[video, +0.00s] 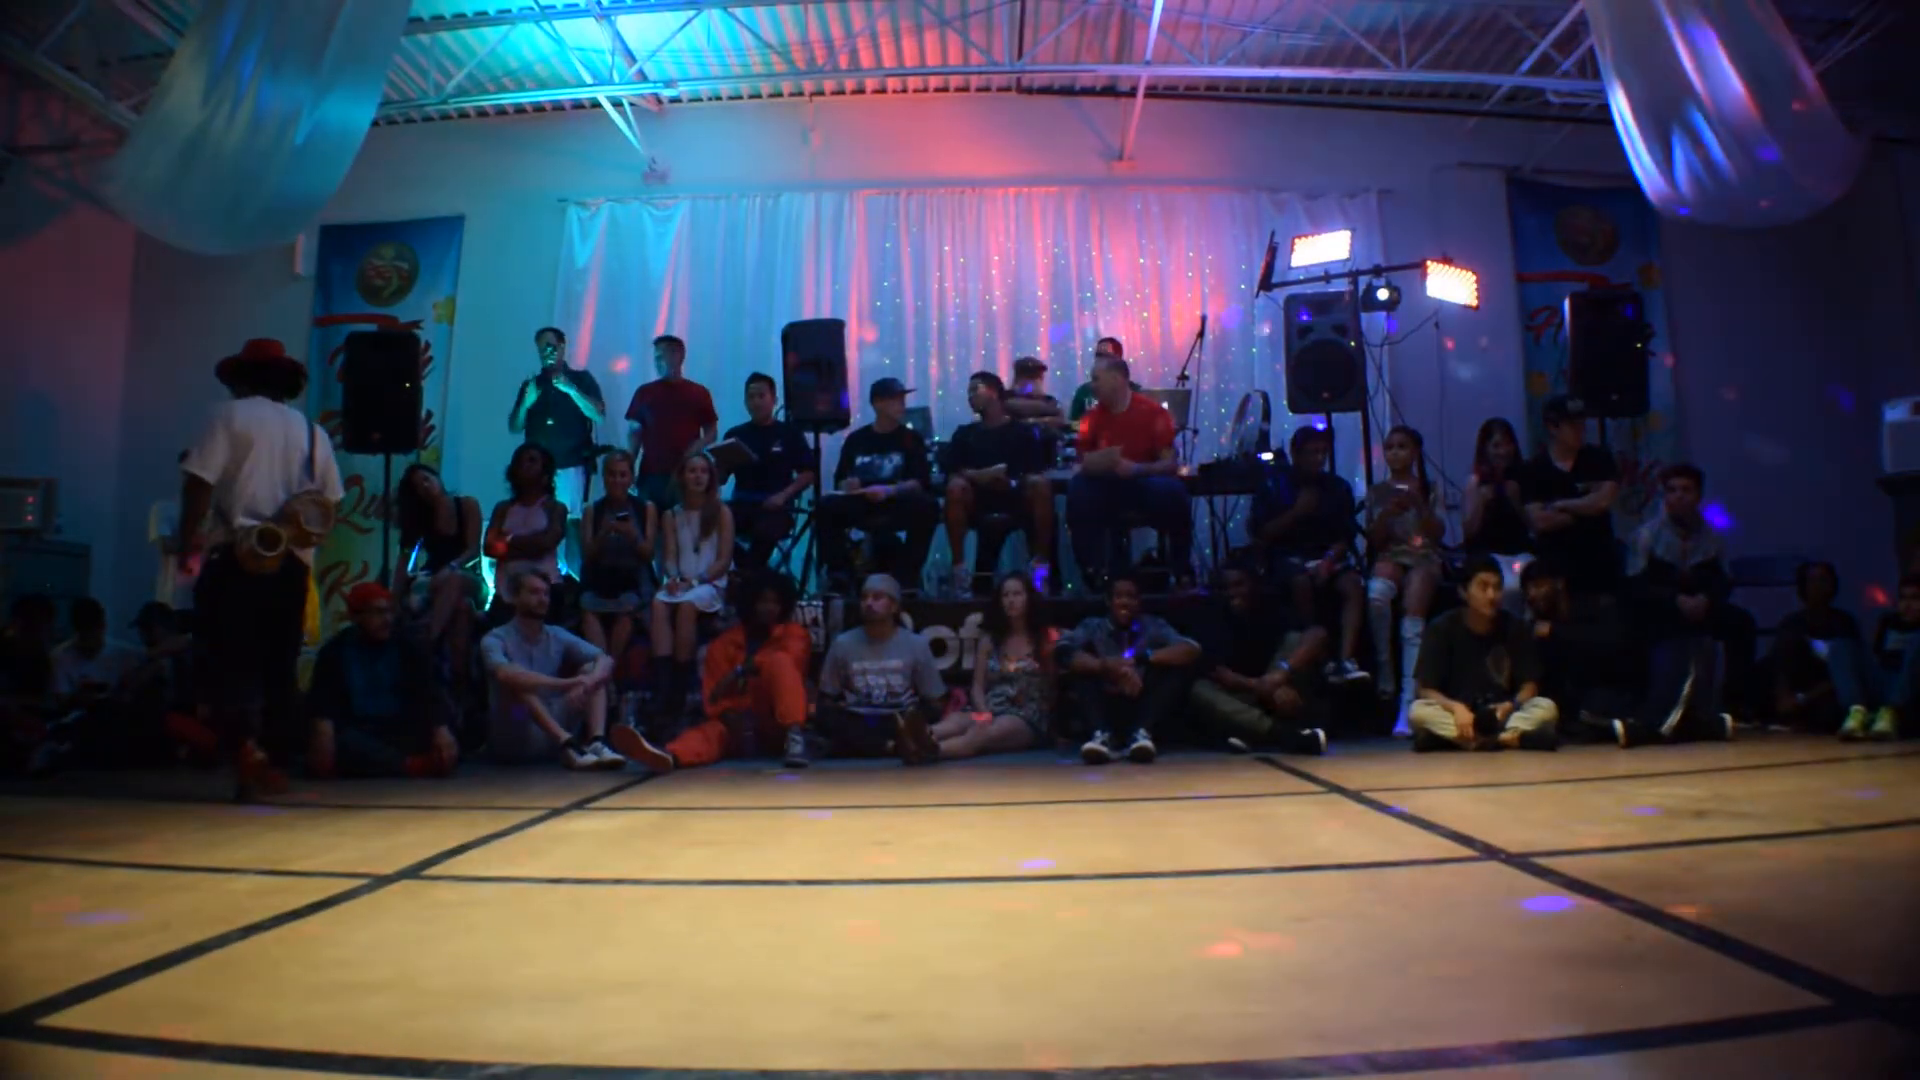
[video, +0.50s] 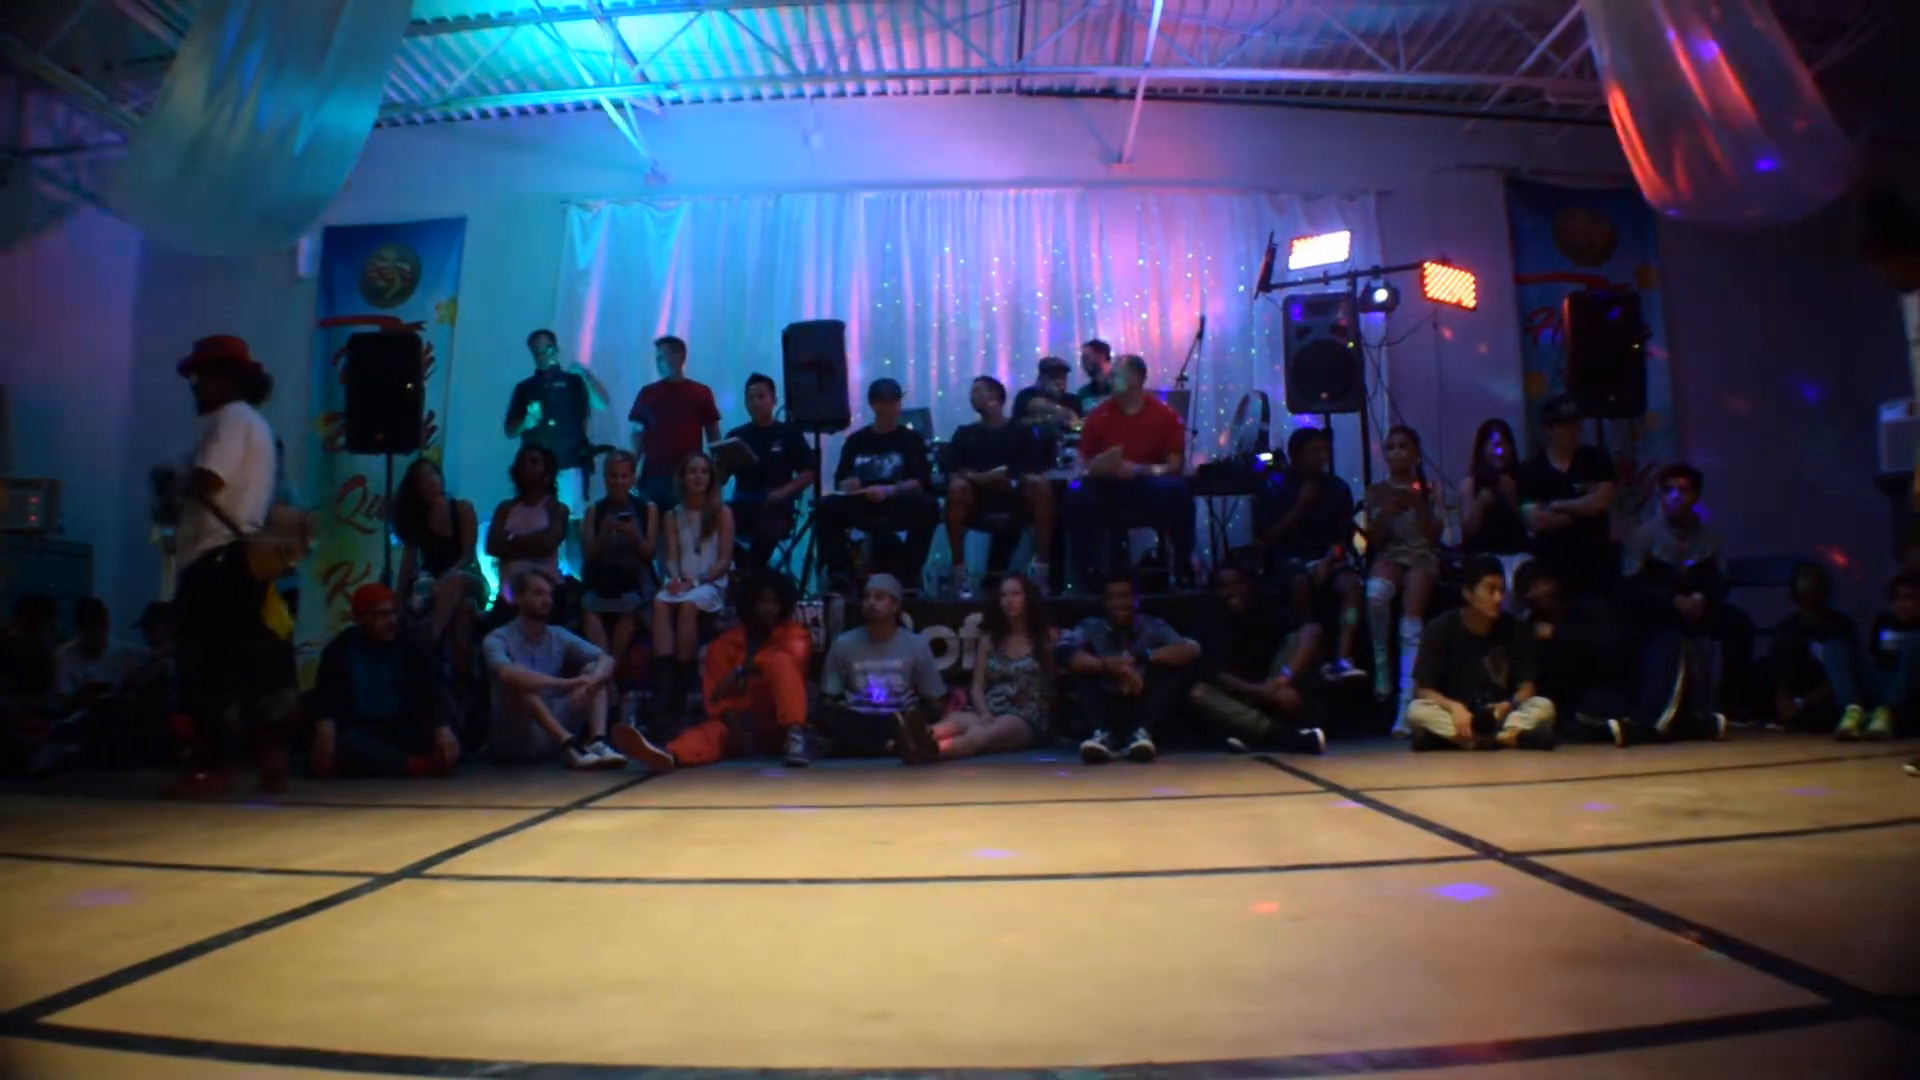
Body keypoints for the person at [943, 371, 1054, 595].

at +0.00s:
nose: (970, 395)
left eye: (975, 389)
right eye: (969, 391)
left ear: (994, 393)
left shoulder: (1022, 431)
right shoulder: (964, 433)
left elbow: (1032, 471)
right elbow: (954, 471)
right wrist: (982, 476)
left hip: (1012, 491)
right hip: (977, 493)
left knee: (1039, 485)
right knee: (956, 487)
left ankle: (1041, 563)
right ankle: (958, 567)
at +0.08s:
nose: (969, 395)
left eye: (975, 390)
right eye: (969, 391)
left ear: (993, 394)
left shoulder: (1022, 430)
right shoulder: (965, 433)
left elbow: (1032, 470)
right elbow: (953, 472)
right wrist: (982, 476)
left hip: (1012, 490)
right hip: (978, 492)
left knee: (1039, 485)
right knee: (956, 488)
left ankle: (1041, 563)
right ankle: (958, 566)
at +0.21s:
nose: (969, 396)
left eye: (974, 390)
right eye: (969, 391)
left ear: (994, 397)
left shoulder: (1021, 431)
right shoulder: (964, 433)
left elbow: (1029, 470)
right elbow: (953, 472)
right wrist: (983, 477)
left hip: (1012, 490)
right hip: (977, 491)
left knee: (1040, 486)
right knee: (957, 488)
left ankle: (1041, 563)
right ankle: (958, 566)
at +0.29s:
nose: (977, 400)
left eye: (983, 395)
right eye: (974, 396)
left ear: (998, 399)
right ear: (970, 401)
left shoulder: (1019, 431)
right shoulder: (964, 433)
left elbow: (1030, 470)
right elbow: (953, 472)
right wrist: (982, 477)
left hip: (1011, 490)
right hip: (977, 491)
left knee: (1040, 486)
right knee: (957, 489)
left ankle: (1041, 563)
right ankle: (958, 566)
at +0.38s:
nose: (973, 395)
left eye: (979, 391)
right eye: (972, 392)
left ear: (995, 397)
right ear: (971, 401)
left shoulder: (1020, 431)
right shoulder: (965, 433)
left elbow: (1030, 470)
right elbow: (954, 472)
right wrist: (983, 477)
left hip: (1012, 489)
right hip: (978, 491)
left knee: (1040, 487)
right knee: (957, 489)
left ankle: (1041, 564)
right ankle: (958, 567)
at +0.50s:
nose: (973, 395)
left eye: (979, 391)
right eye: (972, 392)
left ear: (995, 399)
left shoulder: (1019, 432)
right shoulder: (965, 433)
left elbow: (1030, 471)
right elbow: (955, 472)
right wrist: (984, 478)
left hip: (1011, 490)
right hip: (977, 492)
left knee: (1040, 487)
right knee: (957, 489)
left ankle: (1041, 564)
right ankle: (958, 567)